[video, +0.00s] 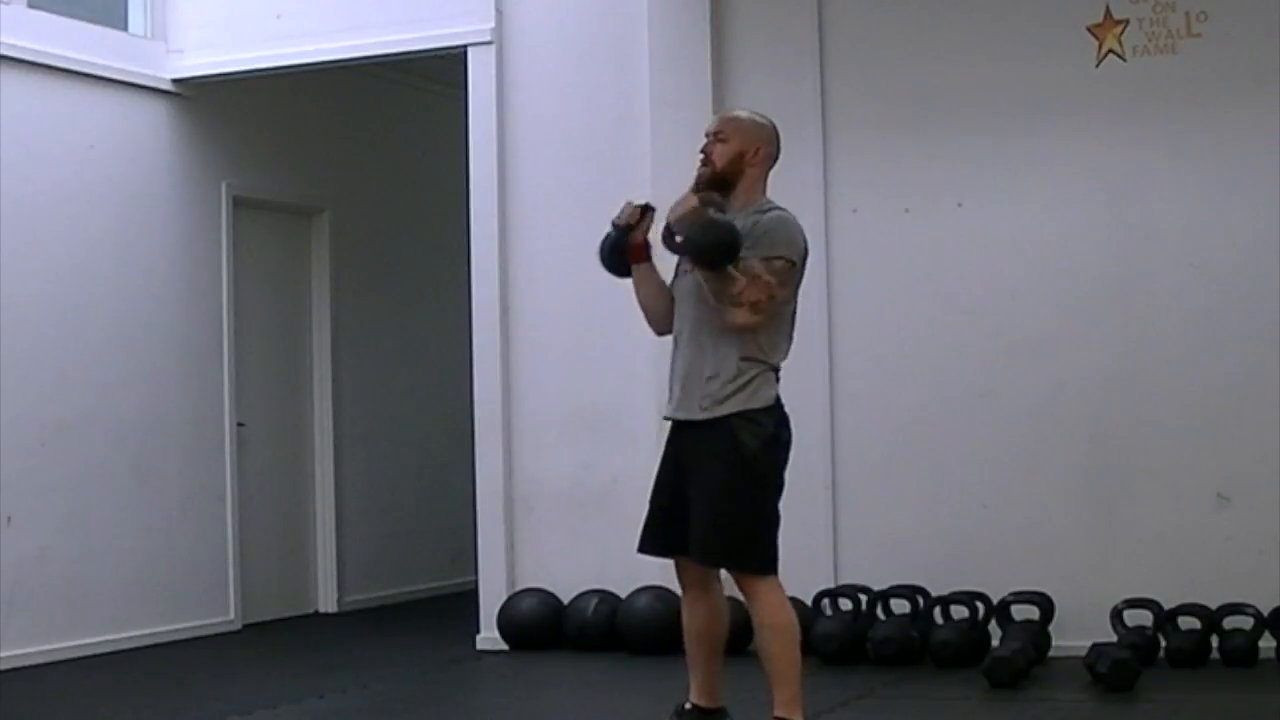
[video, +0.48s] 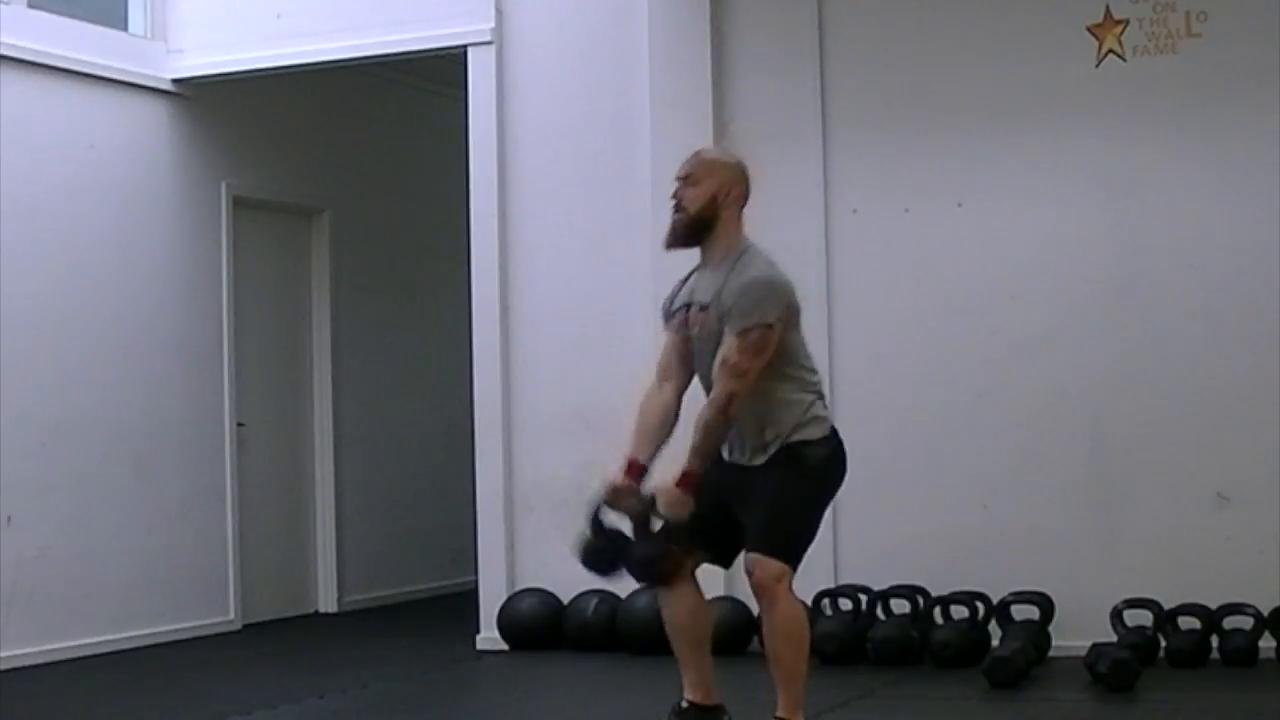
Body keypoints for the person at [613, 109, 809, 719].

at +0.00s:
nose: (704, 148)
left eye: (719, 139)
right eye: (706, 139)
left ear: (758, 156)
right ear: (715, 158)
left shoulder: (779, 229)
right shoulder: (704, 228)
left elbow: (743, 309)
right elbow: (663, 318)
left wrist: (695, 231)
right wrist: (637, 250)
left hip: (747, 425)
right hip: (693, 423)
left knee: (755, 575)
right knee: (694, 570)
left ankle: (789, 712)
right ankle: (704, 706)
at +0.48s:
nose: (675, 194)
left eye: (690, 183)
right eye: (677, 184)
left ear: (730, 195)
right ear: (715, 198)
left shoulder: (760, 283)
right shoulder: (687, 291)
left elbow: (725, 401)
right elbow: (666, 386)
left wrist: (687, 485)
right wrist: (633, 470)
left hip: (802, 453)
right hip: (738, 457)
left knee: (767, 571)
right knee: (670, 560)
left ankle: (791, 713)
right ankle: (702, 703)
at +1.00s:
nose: (576, 253)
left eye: (590, 241)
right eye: (579, 241)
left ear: (631, 250)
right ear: (624, 252)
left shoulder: (691, 324)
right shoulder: (623, 342)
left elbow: (731, 438)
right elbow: (677, 434)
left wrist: (753, 512)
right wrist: (725, 510)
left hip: (793, 448)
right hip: (736, 458)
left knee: (753, 574)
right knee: (666, 562)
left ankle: (792, 712)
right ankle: (703, 704)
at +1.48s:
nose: (723, 154)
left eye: (738, 144)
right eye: (724, 145)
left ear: (776, 159)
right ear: (735, 160)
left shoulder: (796, 227)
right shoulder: (725, 237)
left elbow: (787, 322)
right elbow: (703, 330)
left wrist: (697, 292)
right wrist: (644, 308)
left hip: (771, 425)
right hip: (715, 425)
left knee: (766, 569)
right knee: (695, 564)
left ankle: (793, 711)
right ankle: (704, 704)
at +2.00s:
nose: (706, 198)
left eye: (721, 189)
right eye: (707, 188)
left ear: (759, 204)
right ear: (711, 202)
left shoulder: (774, 281)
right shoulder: (692, 283)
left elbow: (709, 349)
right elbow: (642, 359)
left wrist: (716, 264)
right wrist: (661, 278)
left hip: (744, 467)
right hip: (684, 469)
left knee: (696, 601)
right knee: (625, 592)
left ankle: (783, 714)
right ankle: (697, 706)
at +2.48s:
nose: (659, 178)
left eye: (671, 167)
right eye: (660, 168)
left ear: (710, 175)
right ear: (678, 181)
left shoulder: (740, 230)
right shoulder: (677, 236)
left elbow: (748, 145)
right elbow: (665, 147)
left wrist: (738, 67)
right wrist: (677, 72)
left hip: (760, 441)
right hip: (706, 443)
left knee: (728, 585)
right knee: (652, 573)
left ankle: (788, 713)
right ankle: (702, 706)